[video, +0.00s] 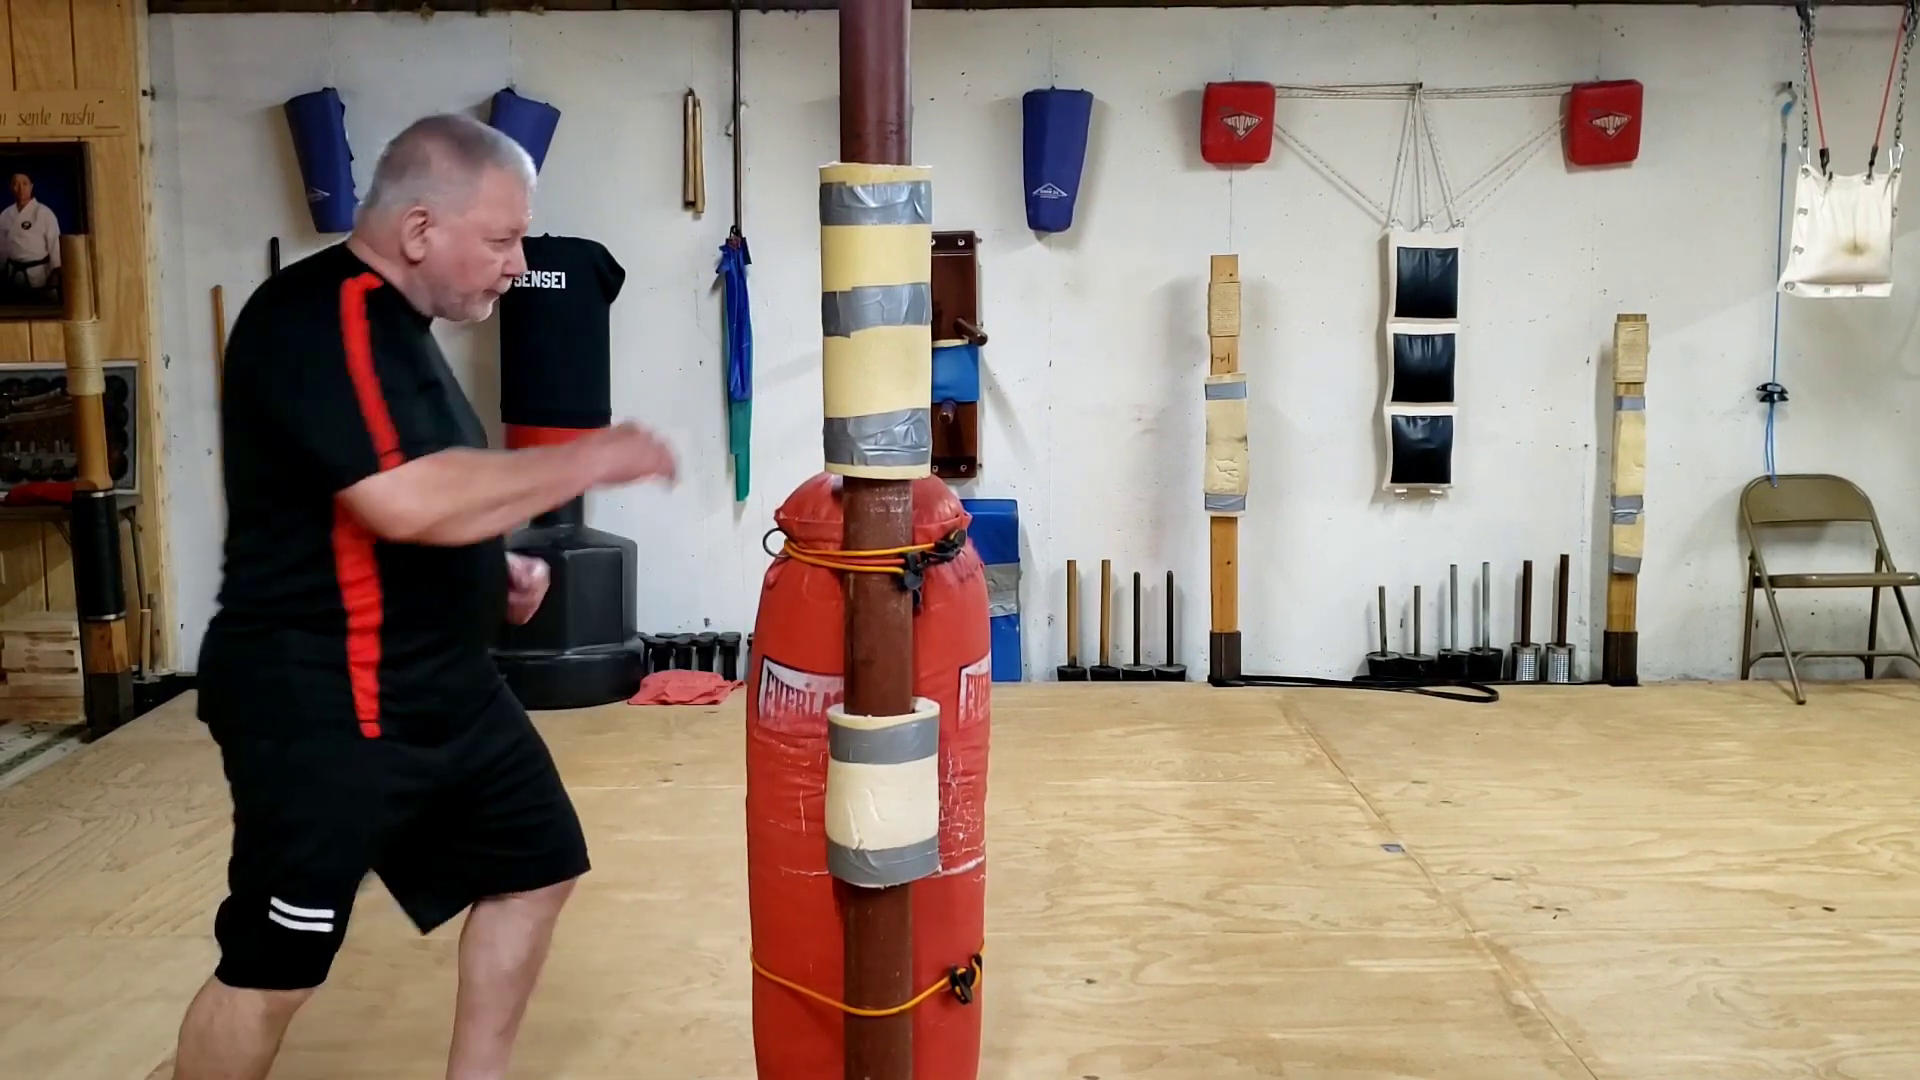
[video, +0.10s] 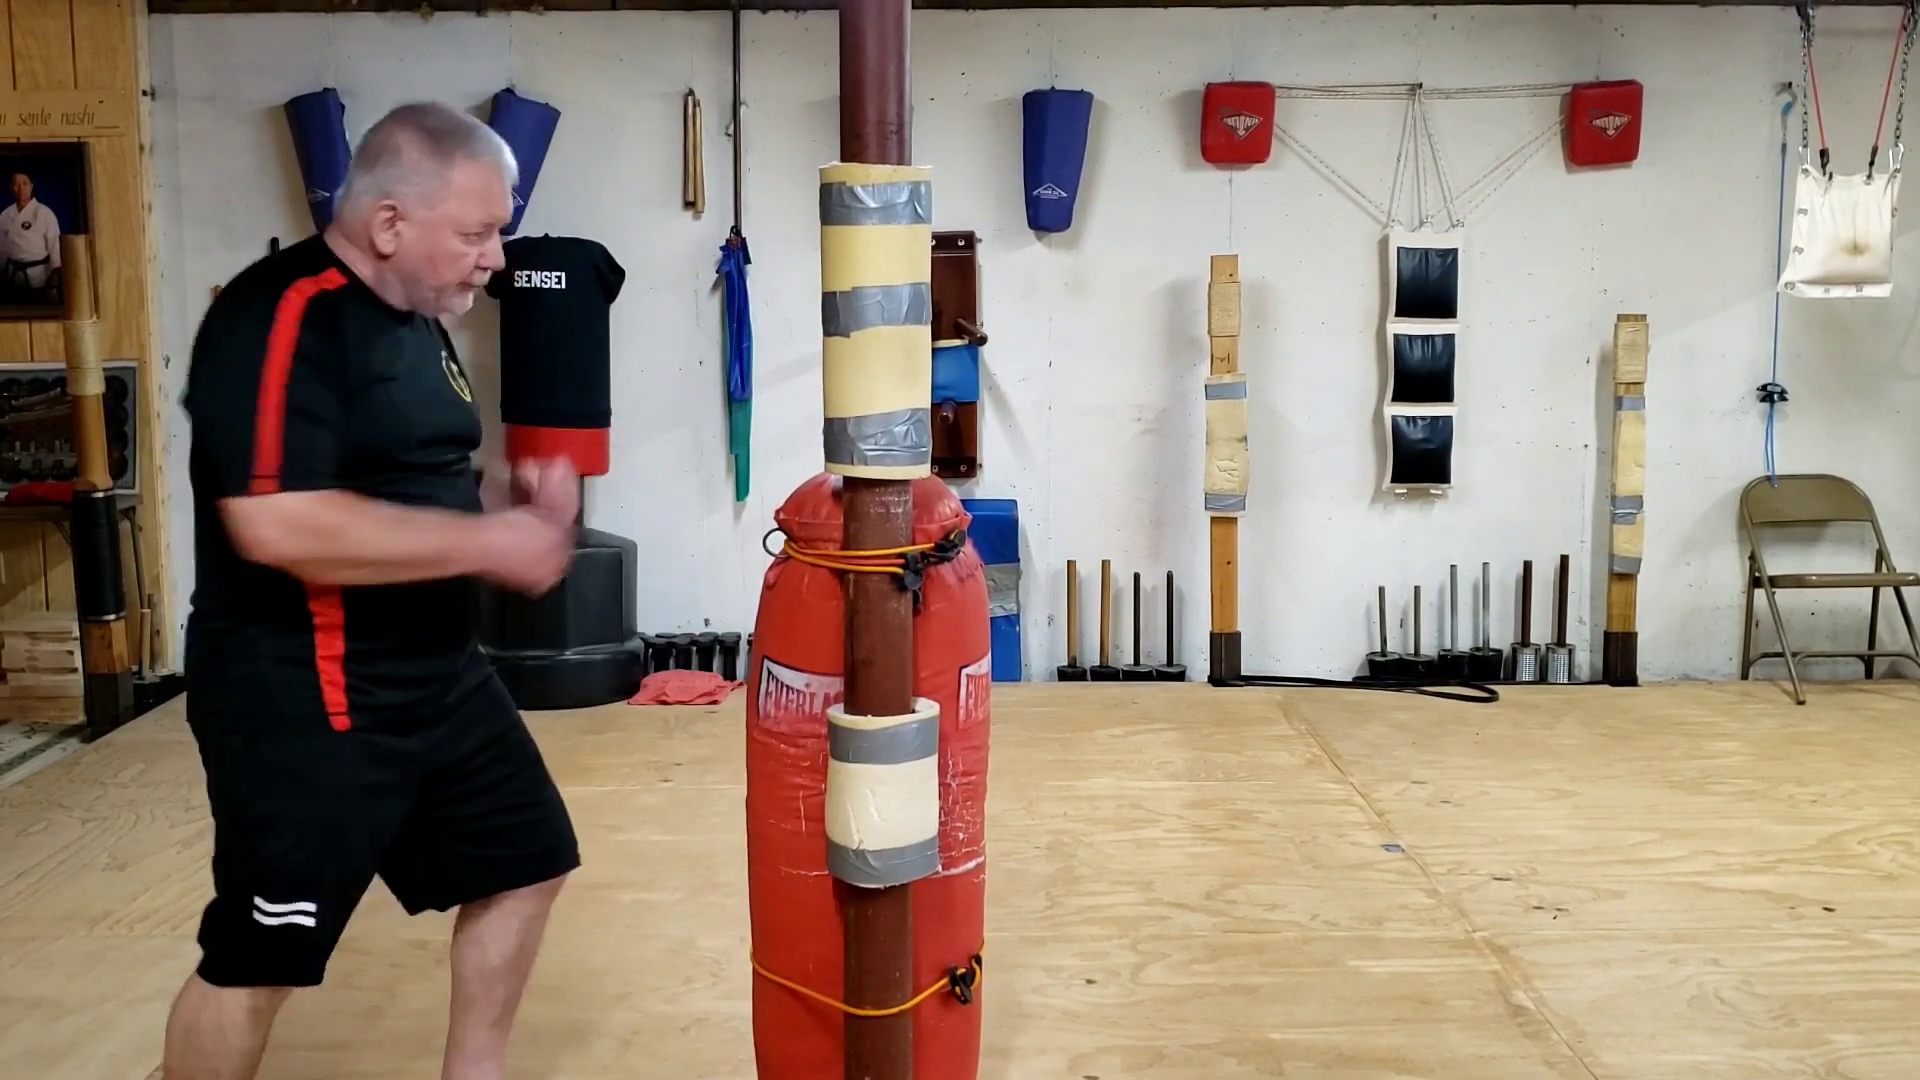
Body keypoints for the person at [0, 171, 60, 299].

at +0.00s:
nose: (21, 188)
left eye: (25, 184)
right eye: (16, 184)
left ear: (31, 187)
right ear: (12, 188)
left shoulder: (45, 214)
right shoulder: (5, 215)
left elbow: (54, 244)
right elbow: (2, 246)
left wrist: (56, 271)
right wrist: (2, 270)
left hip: (38, 273)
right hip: (12, 273)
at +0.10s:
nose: (21, 188)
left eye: (25, 184)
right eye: (16, 184)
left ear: (31, 187)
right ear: (12, 188)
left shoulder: (45, 214)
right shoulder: (5, 215)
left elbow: (54, 244)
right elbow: (2, 246)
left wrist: (56, 270)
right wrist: (2, 269)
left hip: (37, 272)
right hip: (12, 272)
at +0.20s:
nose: (20, 188)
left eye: (25, 184)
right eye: (16, 184)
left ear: (31, 187)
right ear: (12, 188)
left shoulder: (45, 214)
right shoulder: (5, 215)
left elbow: (54, 245)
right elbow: (2, 247)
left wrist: (56, 271)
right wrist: (2, 270)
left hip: (37, 272)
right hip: (12, 272)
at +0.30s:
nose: (20, 188)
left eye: (25, 184)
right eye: (16, 184)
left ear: (31, 187)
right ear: (12, 188)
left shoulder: (45, 214)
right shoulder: (5, 215)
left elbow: (54, 245)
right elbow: (3, 246)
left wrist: (56, 271)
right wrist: (3, 270)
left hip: (38, 273)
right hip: (12, 273)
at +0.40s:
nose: (21, 188)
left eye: (25, 184)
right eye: (16, 184)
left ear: (31, 187)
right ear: (12, 188)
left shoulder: (45, 214)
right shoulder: (5, 215)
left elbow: (54, 245)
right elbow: (3, 246)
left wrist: (55, 272)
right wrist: (2, 270)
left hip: (37, 271)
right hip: (11, 272)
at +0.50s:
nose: (21, 188)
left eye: (25, 184)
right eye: (16, 184)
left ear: (31, 187)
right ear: (12, 188)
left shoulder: (45, 214)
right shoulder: (5, 214)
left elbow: (54, 245)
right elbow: (3, 245)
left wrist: (55, 272)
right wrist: (3, 269)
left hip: (37, 271)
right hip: (11, 271)